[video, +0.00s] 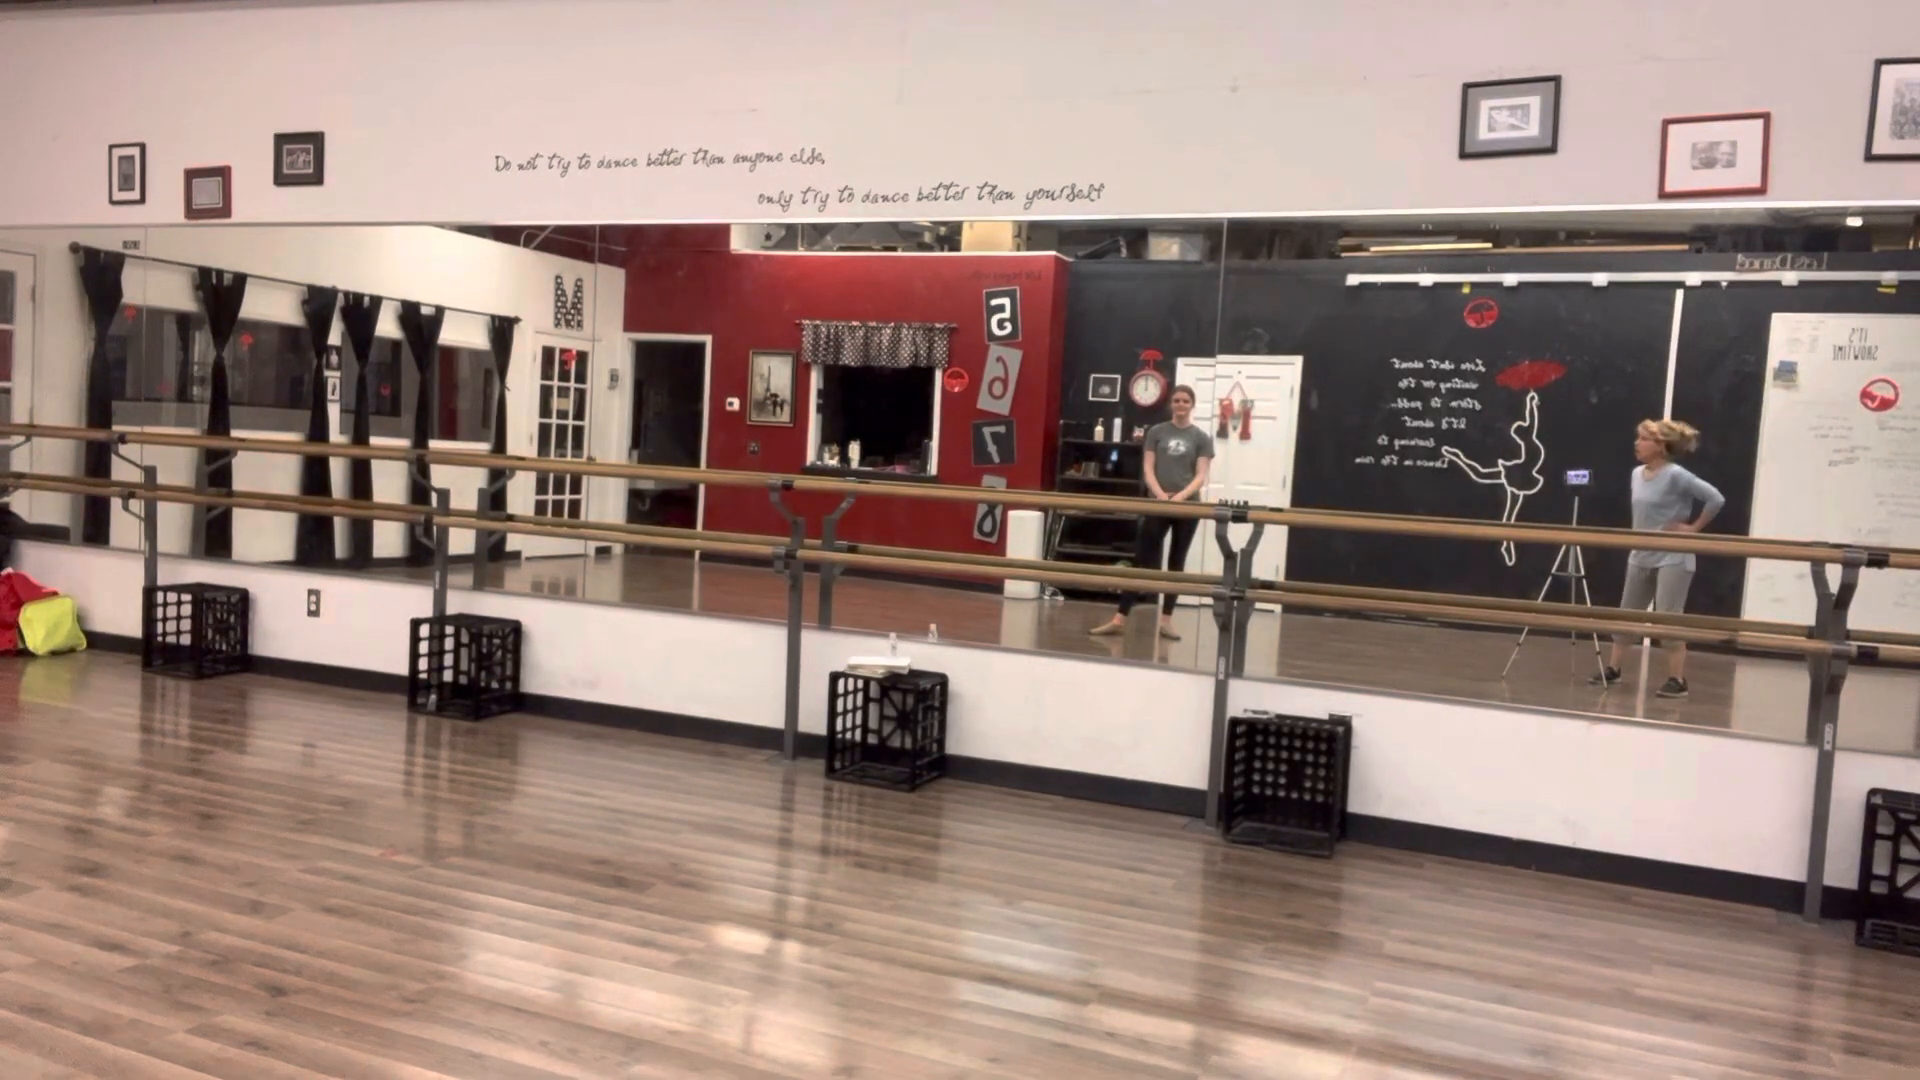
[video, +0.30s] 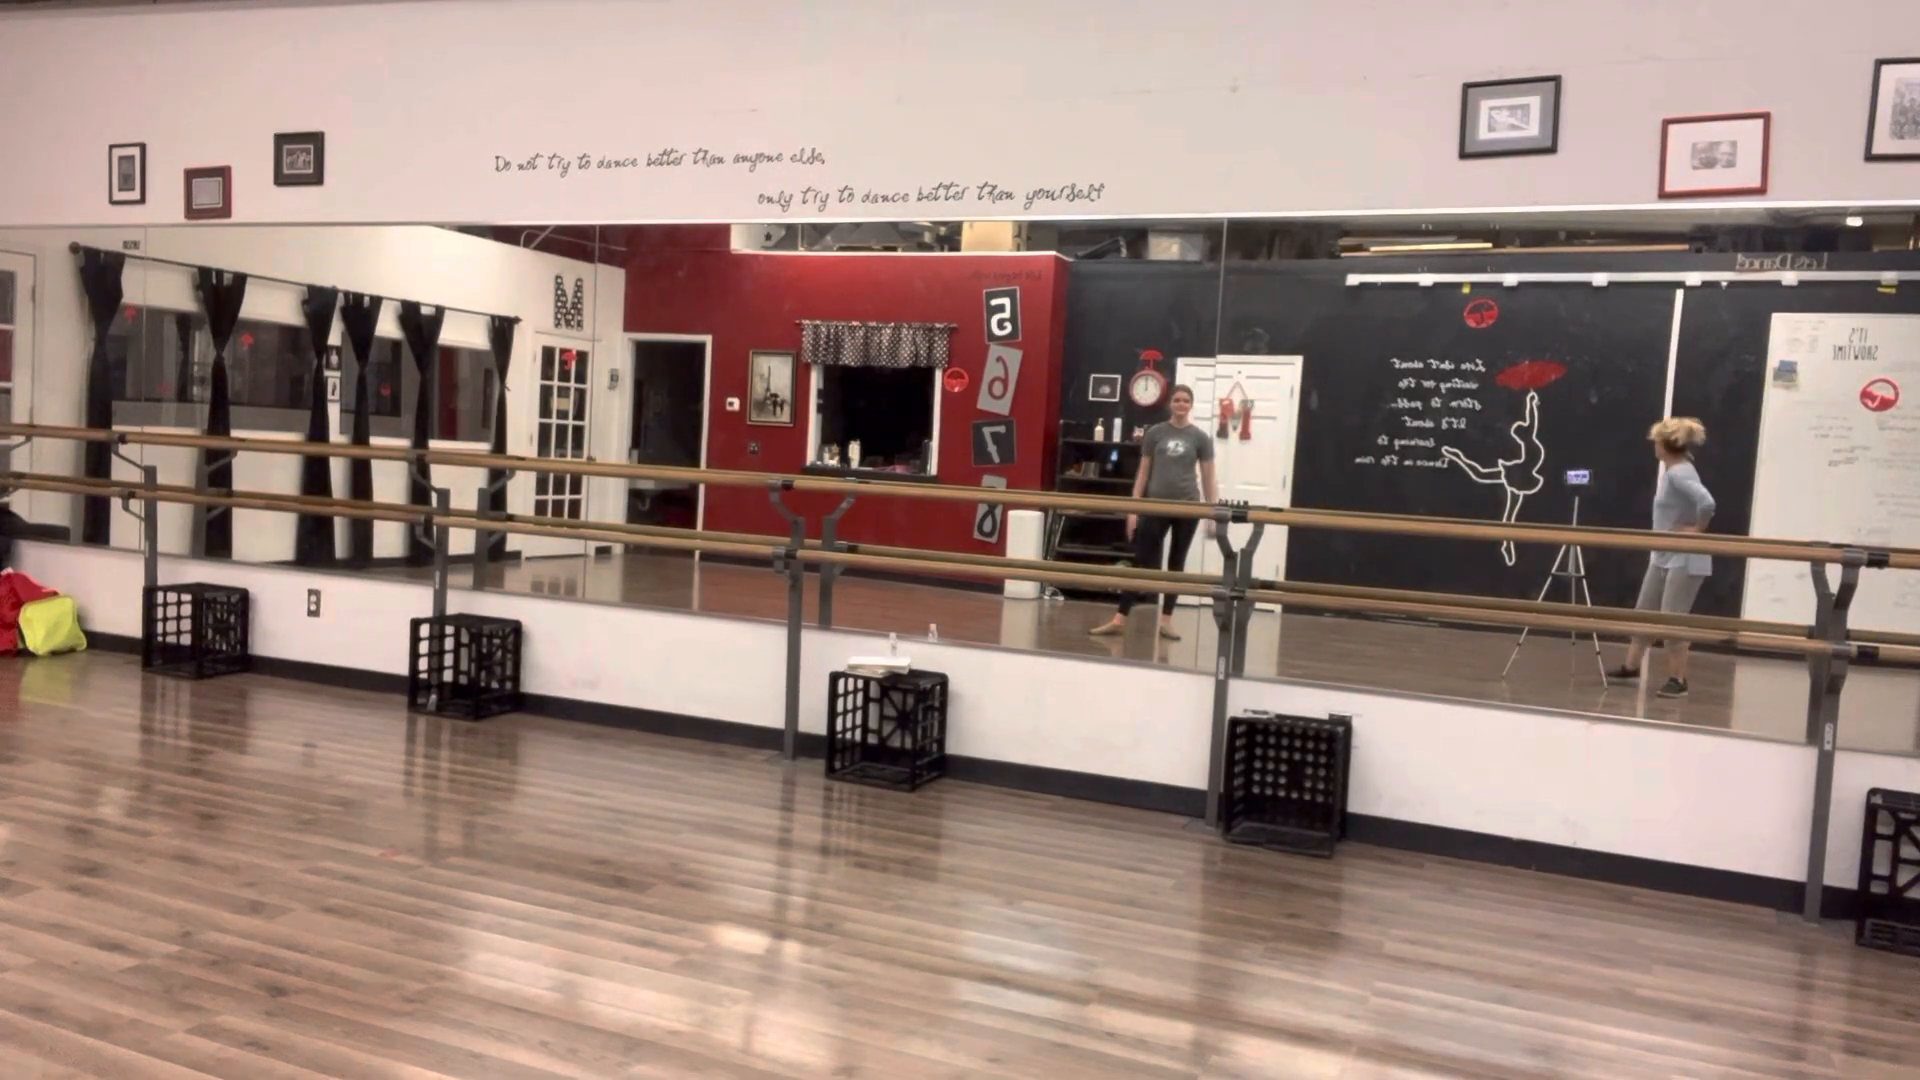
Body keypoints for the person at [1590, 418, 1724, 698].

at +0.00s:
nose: (1637, 444)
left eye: (1644, 439)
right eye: (1638, 438)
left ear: (1661, 446)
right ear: (1641, 443)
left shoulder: (1676, 475)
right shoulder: (1637, 474)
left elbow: (1716, 499)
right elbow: (1642, 507)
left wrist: (1693, 527)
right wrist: (1640, 534)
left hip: (1674, 556)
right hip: (1641, 554)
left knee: (1667, 618)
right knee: (1627, 614)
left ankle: (1676, 679)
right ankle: (1613, 668)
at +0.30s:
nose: (1654, 448)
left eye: (1657, 443)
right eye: (1655, 443)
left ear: (1667, 446)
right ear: (1674, 445)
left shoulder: (1681, 473)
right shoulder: (1667, 469)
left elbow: (1706, 502)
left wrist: (1697, 528)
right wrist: (1669, 527)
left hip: (1686, 558)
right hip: (1661, 554)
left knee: (1672, 618)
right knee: (1644, 612)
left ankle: (1677, 678)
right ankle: (1630, 667)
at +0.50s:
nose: (1665, 446)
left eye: (1666, 441)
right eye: (1667, 441)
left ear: (1670, 443)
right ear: (1695, 444)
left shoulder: (1675, 471)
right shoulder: (1699, 471)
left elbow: (1689, 501)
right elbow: (1703, 506)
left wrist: (1684, 524)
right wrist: (1692, 527)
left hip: (1678, 558)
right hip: (1695, 558)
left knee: (1671, 619)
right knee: (1677, 618)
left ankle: (1675, 676)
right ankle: (1680, 673)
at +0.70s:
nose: (1668, 446)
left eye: (1670, 442)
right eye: (1670, 441)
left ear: (1674, 444)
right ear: (1699, 445)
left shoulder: (1672, 470)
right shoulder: (1705, 474)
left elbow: (1681, 500)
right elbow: (1709, 512)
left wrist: (1674, 524)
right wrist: (1705, 538)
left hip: (1675, 557)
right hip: (1698, 556)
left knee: (1671, 621)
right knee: (1693, 617)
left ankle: (1676, 677)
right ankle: (1717, 672)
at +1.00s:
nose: (1672, 446)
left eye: (1673, 442)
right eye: (1673, 441)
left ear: (1679, 443)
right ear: (1703, 444)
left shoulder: (1679, 471)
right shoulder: (1710, 474)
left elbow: (1686, 503)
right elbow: (1714, 512)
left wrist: (1675, 528)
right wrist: (1708, 540)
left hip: (1678, 557)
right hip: (1701, 556)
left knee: (1676, 620)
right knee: (1693, 616)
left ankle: (1683, 678)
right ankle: (1717, 673)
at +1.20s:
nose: (1672, 446)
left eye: (1674, 442)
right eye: (1672, 441)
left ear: (1681, 444)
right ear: (1699, 445)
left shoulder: (1683, 472)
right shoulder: (1708, 473)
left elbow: (1696, 501)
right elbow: (1711, 511)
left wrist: (1685, 525)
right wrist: (1696, 528)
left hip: (1679, 559)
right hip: (1699, 558)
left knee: (1679, 620)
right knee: (1694, 616)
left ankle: (1684, 679)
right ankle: (1721, 672)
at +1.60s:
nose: (1661, 448)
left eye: (1665, 443)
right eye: (1661, 442)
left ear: (1681, 445)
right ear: (1681, 446)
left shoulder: (1689, 470)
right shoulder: (1681, 471)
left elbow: (1706, 499)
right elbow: (1671, 509)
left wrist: (1694, 527)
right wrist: (1654, 489)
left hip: (1684, 559)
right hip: (1671, 557)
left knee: (1677, 618)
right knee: (1659, 614)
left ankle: (1685, 678)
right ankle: (1680, 671)